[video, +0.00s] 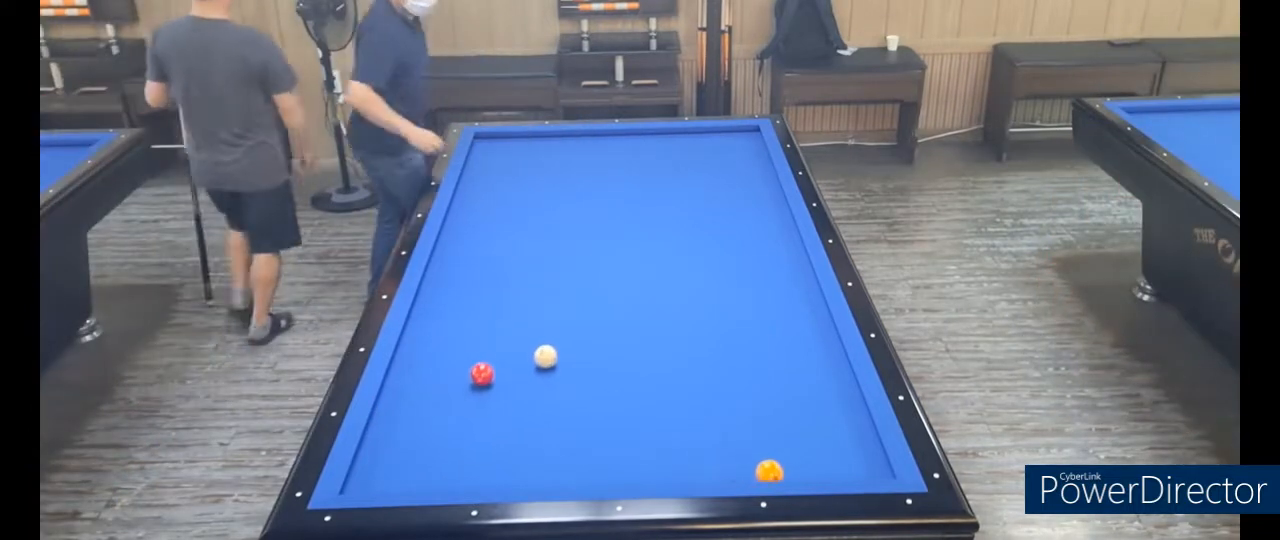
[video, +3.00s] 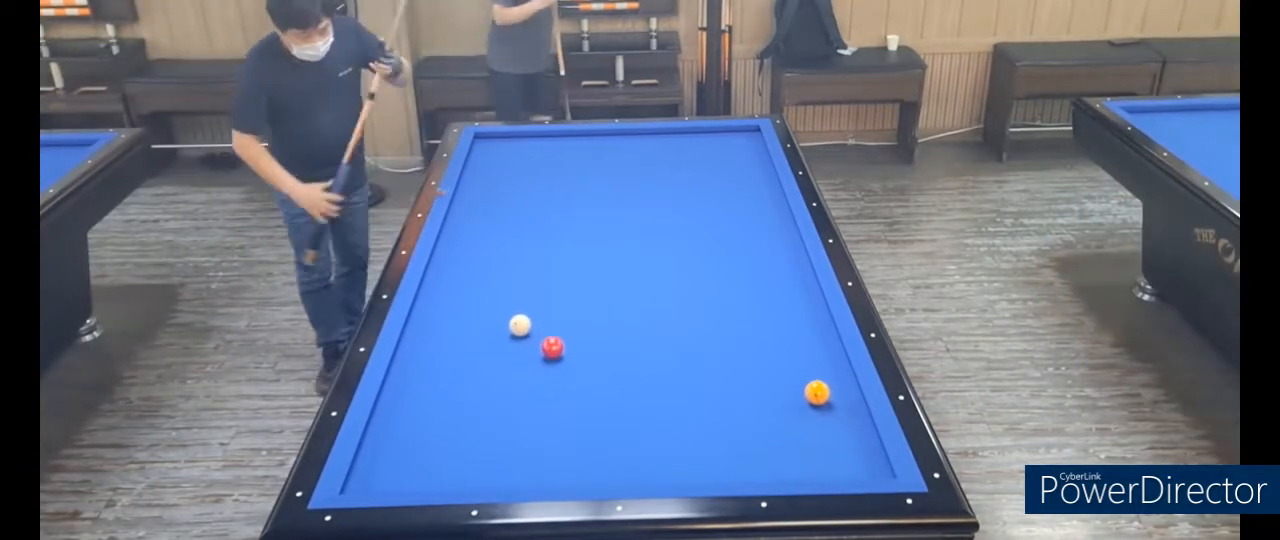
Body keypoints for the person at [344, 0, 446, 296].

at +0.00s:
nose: (429, 2)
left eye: (428, 1)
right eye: (423, 0)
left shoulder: (407, 19)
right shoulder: (382, 28)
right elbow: (358, 93)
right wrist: (412, 132)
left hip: (400, 144)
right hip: (386, 149)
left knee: (391, 223)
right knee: (428, 219)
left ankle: (381, 295)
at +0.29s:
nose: (394, 3)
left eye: (396, 3)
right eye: (386, 2)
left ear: (398, 4)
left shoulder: (395, 20)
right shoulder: (345, 30)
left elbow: (400, 80)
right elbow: (314, 93)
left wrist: (411, 125)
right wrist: (365, 136)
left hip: (394, 147)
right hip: (365, 155)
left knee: (381, 228)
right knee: (398, 228)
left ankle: (378, 300)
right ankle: (390, 304)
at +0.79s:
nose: (341, 9)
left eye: (346, 2)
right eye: (329, 4)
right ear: (306, 4)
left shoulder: (356, 27)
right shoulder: (288, 50)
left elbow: (378, 81)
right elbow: (265, 121)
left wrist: (397, 133)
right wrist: (321, 139)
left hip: (370, 174)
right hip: (331, 184)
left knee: (380, 256)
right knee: (350, 269)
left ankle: (384, 337)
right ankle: (351, 351)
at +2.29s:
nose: (331, 16)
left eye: (337, 7)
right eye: (319, 10)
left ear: (345, 3)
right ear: (294, 8)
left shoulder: (347, 29)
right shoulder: (282, 53)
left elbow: (371, 82)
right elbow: (306, 132)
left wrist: (393, 137)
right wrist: (376, 153)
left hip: (358, 175)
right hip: (321, 183)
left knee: (359, 260)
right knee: (340, 266)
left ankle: (357, 341)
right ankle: (339, 353)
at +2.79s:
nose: (338, 45)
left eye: (343, 34)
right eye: (326, 40)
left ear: (348, 18)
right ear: (300, 31)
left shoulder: (349, 36)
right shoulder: (288, 68)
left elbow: (366, 65)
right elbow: (316, 148)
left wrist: (381, 78)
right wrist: (385, 174)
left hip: (346, 177)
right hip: (309, 185)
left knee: (351, 258)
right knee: (327, 267)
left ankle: (353, 331)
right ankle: (338, 352)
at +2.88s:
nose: (330, 42)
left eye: (334, 32)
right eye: (318, 37)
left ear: (342, 16)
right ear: (293, 31)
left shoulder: (351, 32)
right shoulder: (276, 62)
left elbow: (378, 63)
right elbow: (279, 148)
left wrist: (387, 70)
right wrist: (348, 177)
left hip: (350, 178)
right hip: (306, 186)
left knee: (351, 261)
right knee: (323, 272)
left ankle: (354, 336)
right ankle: (338, 354)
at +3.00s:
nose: (318, 41)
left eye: (322, 31)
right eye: (305, 37)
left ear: (329, 15)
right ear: (280, 31)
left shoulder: (349, 33)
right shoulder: (262, 63)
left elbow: (399, 76)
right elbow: (244, 142)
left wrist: (394, 69)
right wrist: (299, 192)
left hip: (351, 176)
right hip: (300, 187)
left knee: (355, 263)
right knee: (314, 272)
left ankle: (354, 337)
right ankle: (333, 350)